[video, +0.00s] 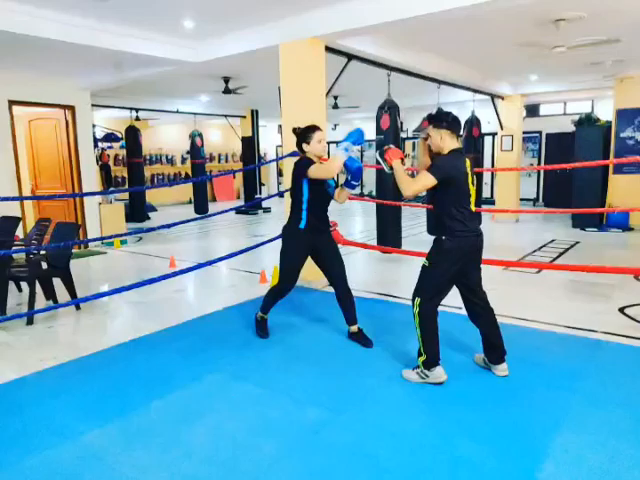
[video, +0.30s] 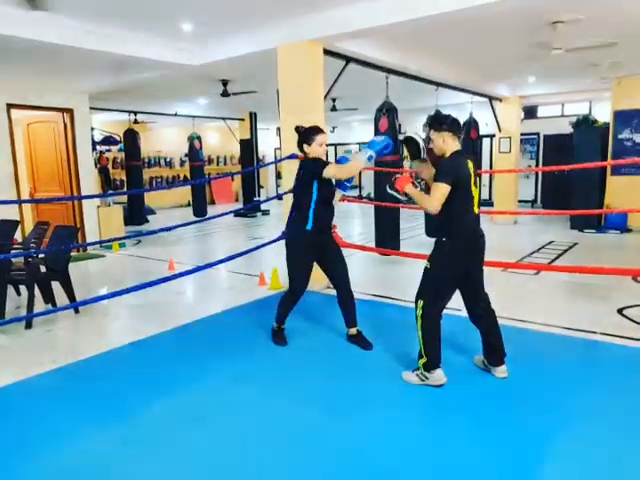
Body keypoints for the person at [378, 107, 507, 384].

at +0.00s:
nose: (428, 141)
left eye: (430, 135)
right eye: (428, 136)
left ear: (444, 135)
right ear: (452, 136)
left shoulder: (447, 164)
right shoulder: (463, 160)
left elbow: (409, 189)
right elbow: (430, 181)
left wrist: (395, 164)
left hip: (451, 244)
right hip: (471, 242)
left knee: (423, 301)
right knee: (476, 300)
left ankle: (430, 367)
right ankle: (497, 360)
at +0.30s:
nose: (430, 143)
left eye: (433, 137)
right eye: (430, 138)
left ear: (447, 136)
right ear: (452, 137)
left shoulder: (450, 166)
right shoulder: (464, 161)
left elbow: (433, 205)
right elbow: (433, 174)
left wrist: (409, 188)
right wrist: (410, 162)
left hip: (452, 244)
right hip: (472, 241)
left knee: (426, 304)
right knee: (477, 301)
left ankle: (429, 369)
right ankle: (496, 361)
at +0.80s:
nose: (382, 170)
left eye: (383, 165)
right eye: (381, 166)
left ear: (395, 163)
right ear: (404, 162)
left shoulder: (404, 182)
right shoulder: (426, 179)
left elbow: (381, 205)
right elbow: (436, 213)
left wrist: (355, 230)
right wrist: (410, 227)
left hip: (425, 248)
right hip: (447, 246)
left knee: (401, 300)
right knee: (442, 295)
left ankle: (410, 356)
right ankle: (476, 340)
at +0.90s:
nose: (374, 167)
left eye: (374, 162)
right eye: (372, 163)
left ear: (384, 157)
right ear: (393, 156)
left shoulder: (395, 177)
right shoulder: (417, 174)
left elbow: (378, 206)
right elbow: (438, 207)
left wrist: (356, 237)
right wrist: (406, 222)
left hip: (417, 243)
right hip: (437, 239)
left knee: (397, 300)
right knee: (425, 283)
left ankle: (409, 356)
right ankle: (453, 333)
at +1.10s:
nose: (365, 161)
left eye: (365, 156)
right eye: (363, 157)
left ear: (377, 152)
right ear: (383, 153)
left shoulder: (384, 173)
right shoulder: (402, 171)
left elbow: (388, 207)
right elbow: (411, 204)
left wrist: (382, 244)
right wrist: (380, 214)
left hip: (402, 237)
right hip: (417, 235)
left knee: (398, 295)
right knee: (408, 289)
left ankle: (410, 354)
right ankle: (409, 342)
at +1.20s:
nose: (363, 165)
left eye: (363, 159)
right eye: (361, 160)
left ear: (374, 155)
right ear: (379, 156)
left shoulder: (383, 175)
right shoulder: (395, 172)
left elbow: (396, 209)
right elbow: (400, 208)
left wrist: (393, 246)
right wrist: (373, 211)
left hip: (398, 240)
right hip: (409, 236)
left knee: (391, 295)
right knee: (400, 286)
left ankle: (409, 351)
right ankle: (399, 321)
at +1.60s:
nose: (338, 168)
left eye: (342, 164)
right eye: (337, 164)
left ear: (355, 161)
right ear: (338, 163)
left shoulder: (370, 182)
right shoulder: (348, 182)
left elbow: (394, 210)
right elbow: (349, 205)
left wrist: (374, 234)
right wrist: (343, 225)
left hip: (376, 234)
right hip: (363, 231)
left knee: (356, 278)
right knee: (359, 276)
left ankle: (366, 323)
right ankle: (389, 305)